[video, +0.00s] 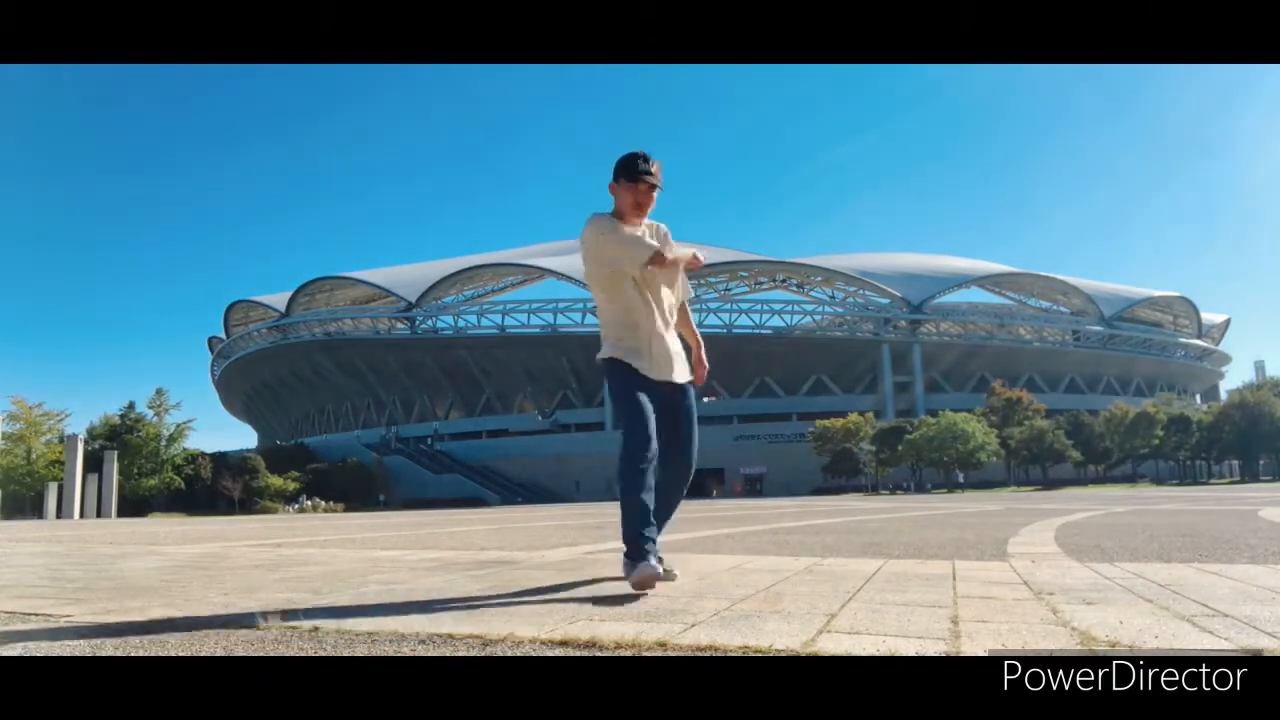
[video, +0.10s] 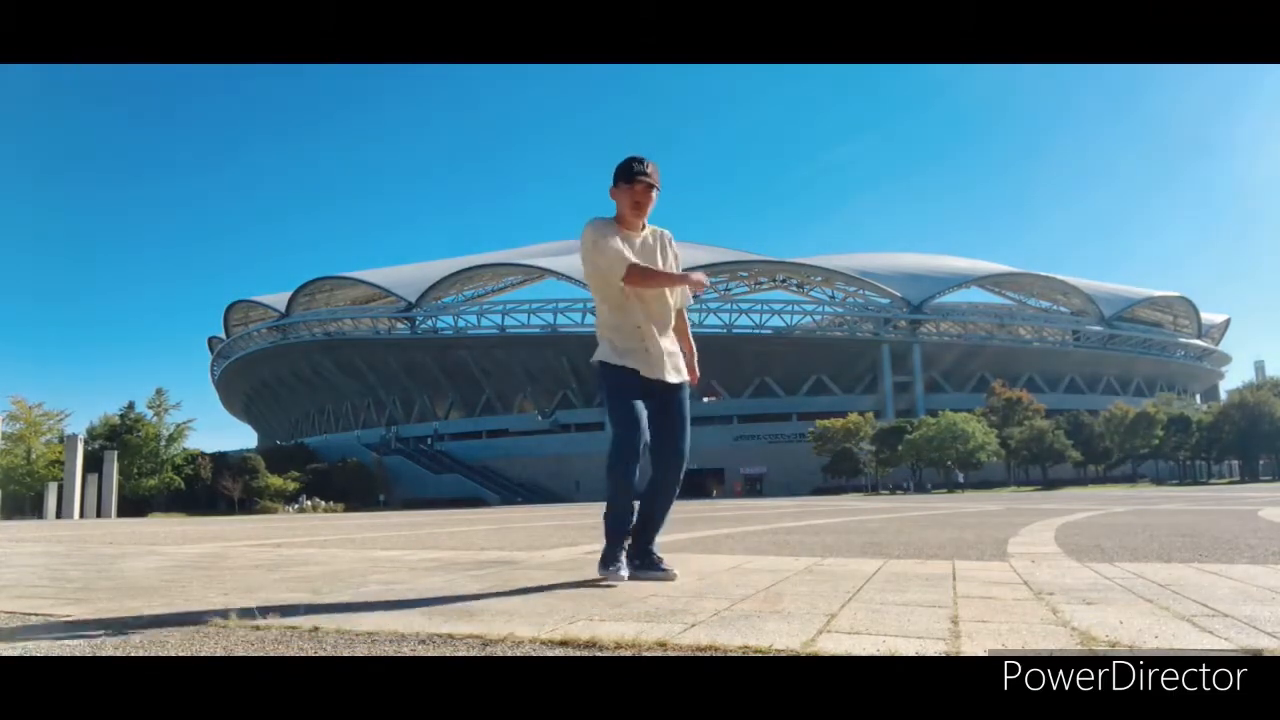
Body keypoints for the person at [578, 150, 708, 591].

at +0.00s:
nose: (647, 197)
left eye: (653, 190)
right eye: (639, 187)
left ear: (657, 193)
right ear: (615, 186)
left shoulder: (661, 236)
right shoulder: (598, 228)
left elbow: (676, 302)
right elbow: (652, 255)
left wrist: (697, 345)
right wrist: (691, 257)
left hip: (672, 360)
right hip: (627, 358)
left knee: (682, 462)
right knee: (641, 445)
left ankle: (645, 544)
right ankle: (640, 557)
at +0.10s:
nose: (642, 194)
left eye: (649, 188)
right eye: (634, 185)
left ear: (656, 195)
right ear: (615, 190)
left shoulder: (665, 243)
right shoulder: (599, 233)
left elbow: (676, 310)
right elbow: (629, 274)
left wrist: (690, 354)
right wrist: (682, 279)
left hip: (669, 363)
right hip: (622, 360)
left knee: (674, 459)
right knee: (632, 439)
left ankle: (642, 550)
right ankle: (615, 549)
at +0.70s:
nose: (635, 226)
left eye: (641, 221)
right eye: (628, 222)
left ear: (652, 228)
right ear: (617, 230)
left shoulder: (668, 278)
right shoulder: (597, 273)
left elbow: (675, 336)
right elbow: (584, 328)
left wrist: (686, 375)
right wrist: (582, 375)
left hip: (662, 385)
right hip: (616, 385)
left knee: (670, 460)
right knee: (625, 469)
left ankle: (655, 543)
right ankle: (637, 541)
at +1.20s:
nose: (661, 227)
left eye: (667, 221)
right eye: (653, 221)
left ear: (678, 227)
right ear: (642, 229)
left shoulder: (697, 270)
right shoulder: (624, 269)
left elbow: (711, 328)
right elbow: (611, 325)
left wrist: (715, 374)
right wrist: (609, 374)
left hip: (690, 383)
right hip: (642, 382)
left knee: (696, 466)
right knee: (636, 467)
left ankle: (694, 548)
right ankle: (638, 545)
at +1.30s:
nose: (671, 226)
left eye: (677, 219)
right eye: (664, 220)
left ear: (688, 225)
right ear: (652, 226)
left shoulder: (708, 269)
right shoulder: (635, 264)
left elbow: (711, 330)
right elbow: (611, 313)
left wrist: (711, 380)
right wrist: (610, 362)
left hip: (694, 379)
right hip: (646, 374)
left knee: (699, 467)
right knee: (623, 449)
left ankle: (695, 548)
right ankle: (642, 507)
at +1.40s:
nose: (675, 227)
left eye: (680, 221)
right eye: (667, 221)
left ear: (691, 226)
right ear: (654, 228)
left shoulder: (712, 268)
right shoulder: (637, 267)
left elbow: (715, 322)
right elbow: (606, 307)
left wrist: (710, 376)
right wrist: (608, 357)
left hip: (698, 377)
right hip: (654, 364)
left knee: (699, 467)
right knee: (622, 419)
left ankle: (693, 549)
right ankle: (616, 458)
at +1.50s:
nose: (677, 230)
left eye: (683, 223)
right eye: (669, 224)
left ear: (694, 228)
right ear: (656, 230)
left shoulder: (715, 270)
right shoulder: (643, 273)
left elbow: (719, 319)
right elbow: (605, 311)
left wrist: (700, 355)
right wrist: (604, 362)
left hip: (702, 378)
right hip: (661, 362)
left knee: (702, 468)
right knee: (629, 410)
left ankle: (692, 548)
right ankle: (572, 442)